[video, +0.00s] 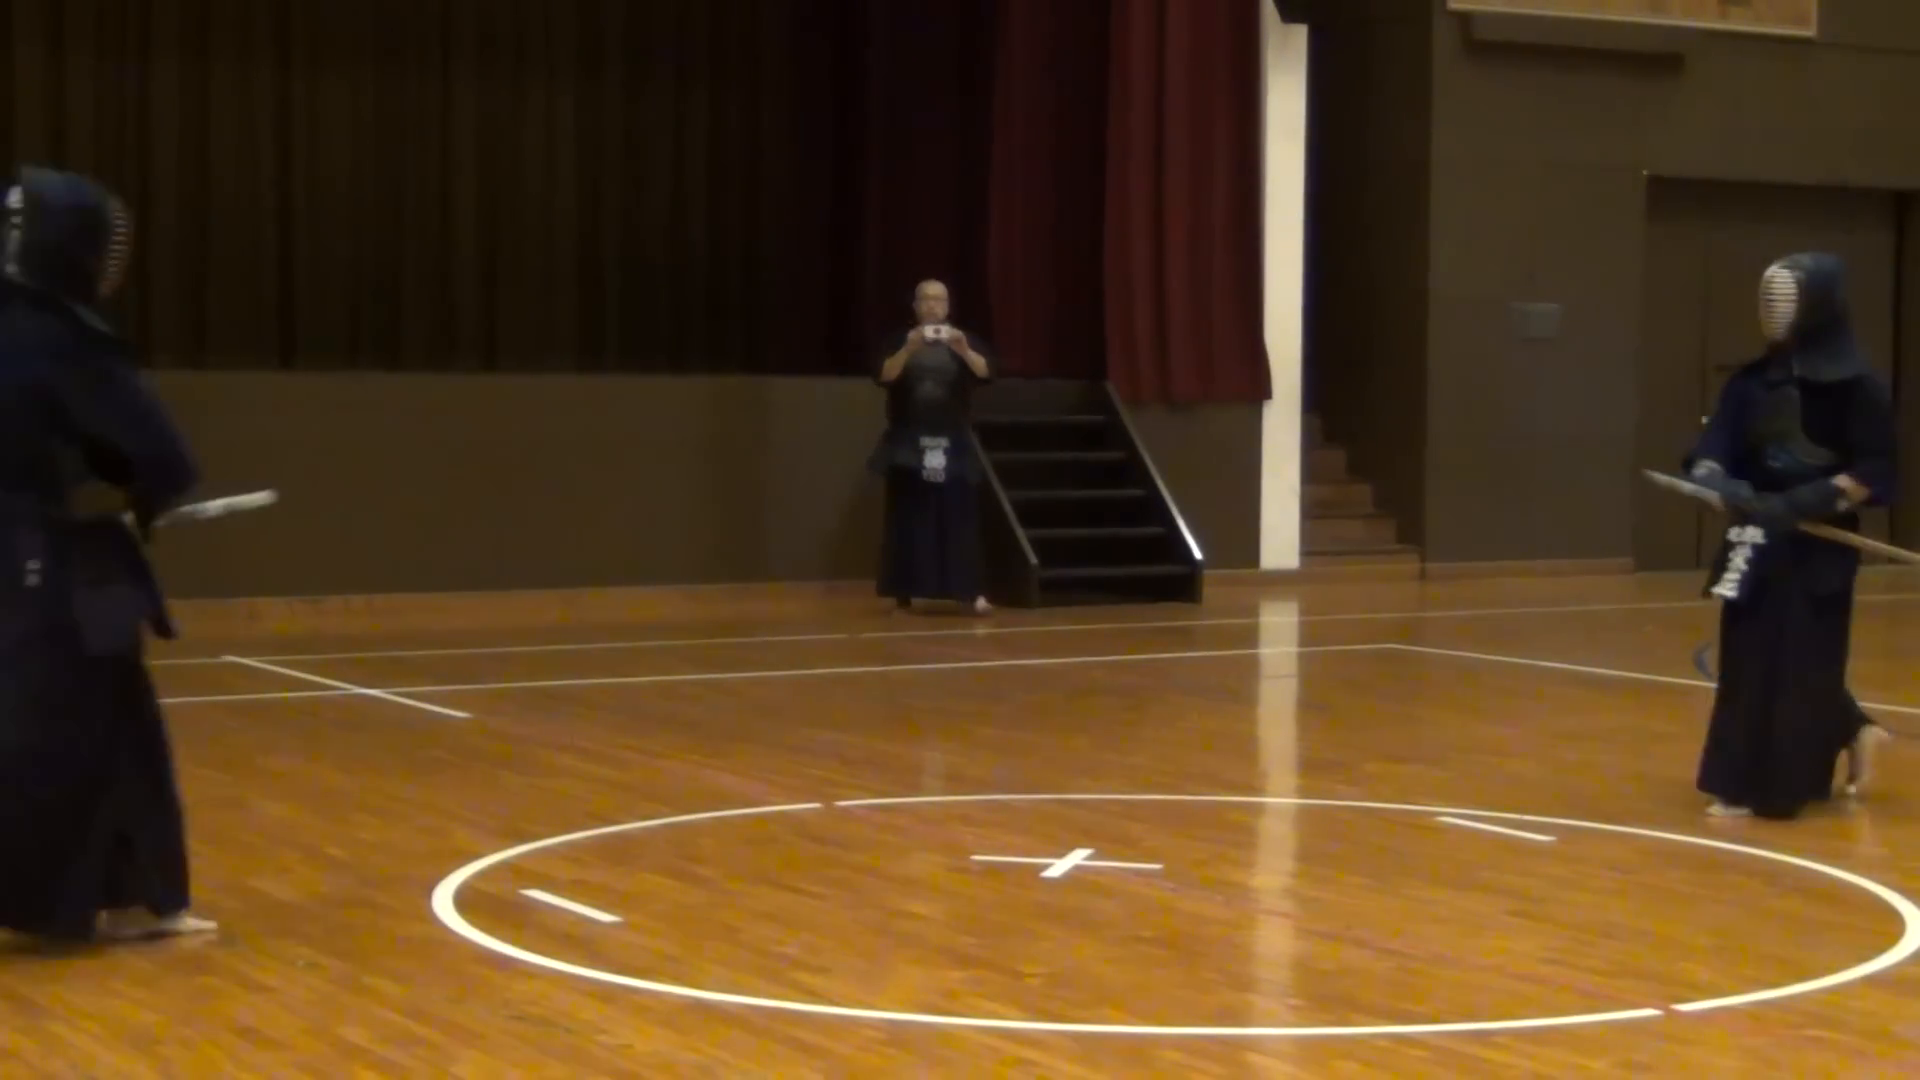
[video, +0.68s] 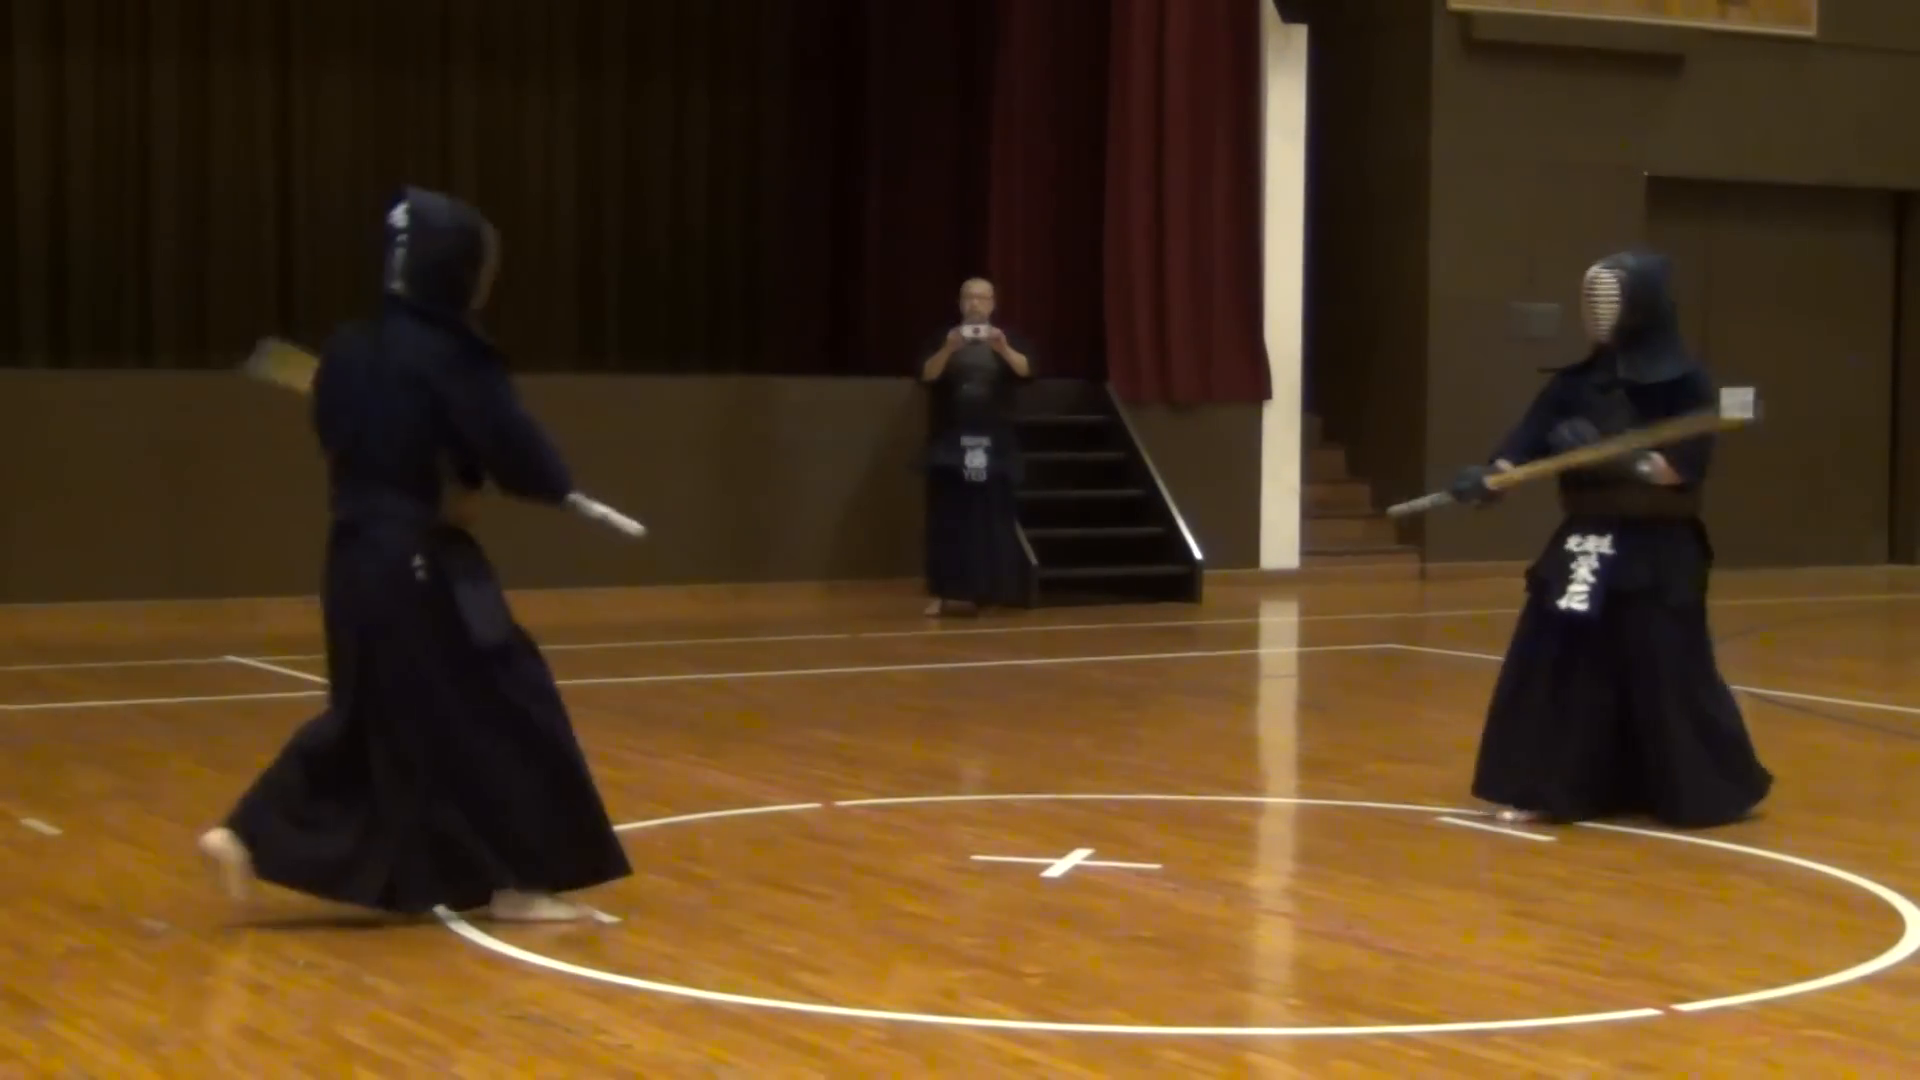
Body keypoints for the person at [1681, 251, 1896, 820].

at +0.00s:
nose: (1771, 312)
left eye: (1783, 301)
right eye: (1768, 301)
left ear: (1818, 305)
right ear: (1766, 304)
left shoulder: (1853, 386)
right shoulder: (1754, 379)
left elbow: (1873, 473)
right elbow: (1717, 440)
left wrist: (1796, 503)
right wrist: (1713, 472)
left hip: (1818, 539)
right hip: (1755, 532)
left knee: (1792, 656)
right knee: (1750, 651)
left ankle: (1746, 788)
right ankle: (1857, 734)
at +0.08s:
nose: (1752, 306)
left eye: (1764, 295)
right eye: (1749, 295)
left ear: (1797, 298)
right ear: (1745, 298)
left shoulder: (1830, 374)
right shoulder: (1735, 373)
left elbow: (1849, 466)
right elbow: (1691, 440)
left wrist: (1765, 494)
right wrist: (1695, 471)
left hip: (1803, 538)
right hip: (1741, 531)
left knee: (1780, 656)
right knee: (1734, 648)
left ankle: (1764, 787)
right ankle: (1814, 717)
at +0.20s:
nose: (1725, 299)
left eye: (1736, 288)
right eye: (1721, 287)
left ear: (1771, 291)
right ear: (1718, 292)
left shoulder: (1807, 369)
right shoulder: (1709, 367)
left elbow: (1826, 457)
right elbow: (1669, 429)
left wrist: (1747, 483)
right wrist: (1655, 454)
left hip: (1780, 536)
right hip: (1714, 528)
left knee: (1765, 655)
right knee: (1705, 649)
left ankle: (1768, 783)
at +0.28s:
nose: (1708, 301)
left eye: (1719, 290)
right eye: (1704, 289)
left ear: (1753, 292)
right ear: (1702, 293)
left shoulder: (1789, 368)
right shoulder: (1692, 367)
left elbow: (1821, 454)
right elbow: (1653, 419)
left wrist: (1754, 483)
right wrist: (1627, 449)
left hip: (1766, 536)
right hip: (1695, 527)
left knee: (1753, 654)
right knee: (1674, 647)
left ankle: (1759, 785)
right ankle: (1674, 779)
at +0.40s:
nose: (1679, 308)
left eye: (1691, 297)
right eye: (1676, 296)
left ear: (1725, 301)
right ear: (1675, 301)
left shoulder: (1765, 379)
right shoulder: (1662, 378)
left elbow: (1797, 456)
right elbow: (1621, 429)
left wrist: (1740, 487)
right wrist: (1592, 461)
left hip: (1738, 541)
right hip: (1662, 533)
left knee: (1729, 658)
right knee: (1628, 647)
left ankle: (1740, 788)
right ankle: (1599, 775)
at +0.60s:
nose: (1621, 315)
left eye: (1634, 304)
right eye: (1618, 303)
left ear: (1666, 309)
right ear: (1616, 308)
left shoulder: (1702, 384)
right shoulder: (1599, 385)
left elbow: (1723, 459)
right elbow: (1560, 443)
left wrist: (1660, 478)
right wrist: (1522, 474)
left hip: (1680, 538)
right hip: (1604, 535)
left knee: (1690, 656)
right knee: (1568, 650)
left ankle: (1728, 788)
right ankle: (1555, 789)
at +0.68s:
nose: (1596, 313)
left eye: (1608, 302)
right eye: (1592, 301)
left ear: (1643, 306)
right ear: (1589, 305)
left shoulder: (1681, 383)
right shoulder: (1577, 381)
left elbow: (1684, 467)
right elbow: (1527, 442)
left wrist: (1607, 450)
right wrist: (1490, 477)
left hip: (1659, 536)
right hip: (1585, 532)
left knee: (1662, 655)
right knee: (1553, 650)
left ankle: (1717, 784)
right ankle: (1541, 788)